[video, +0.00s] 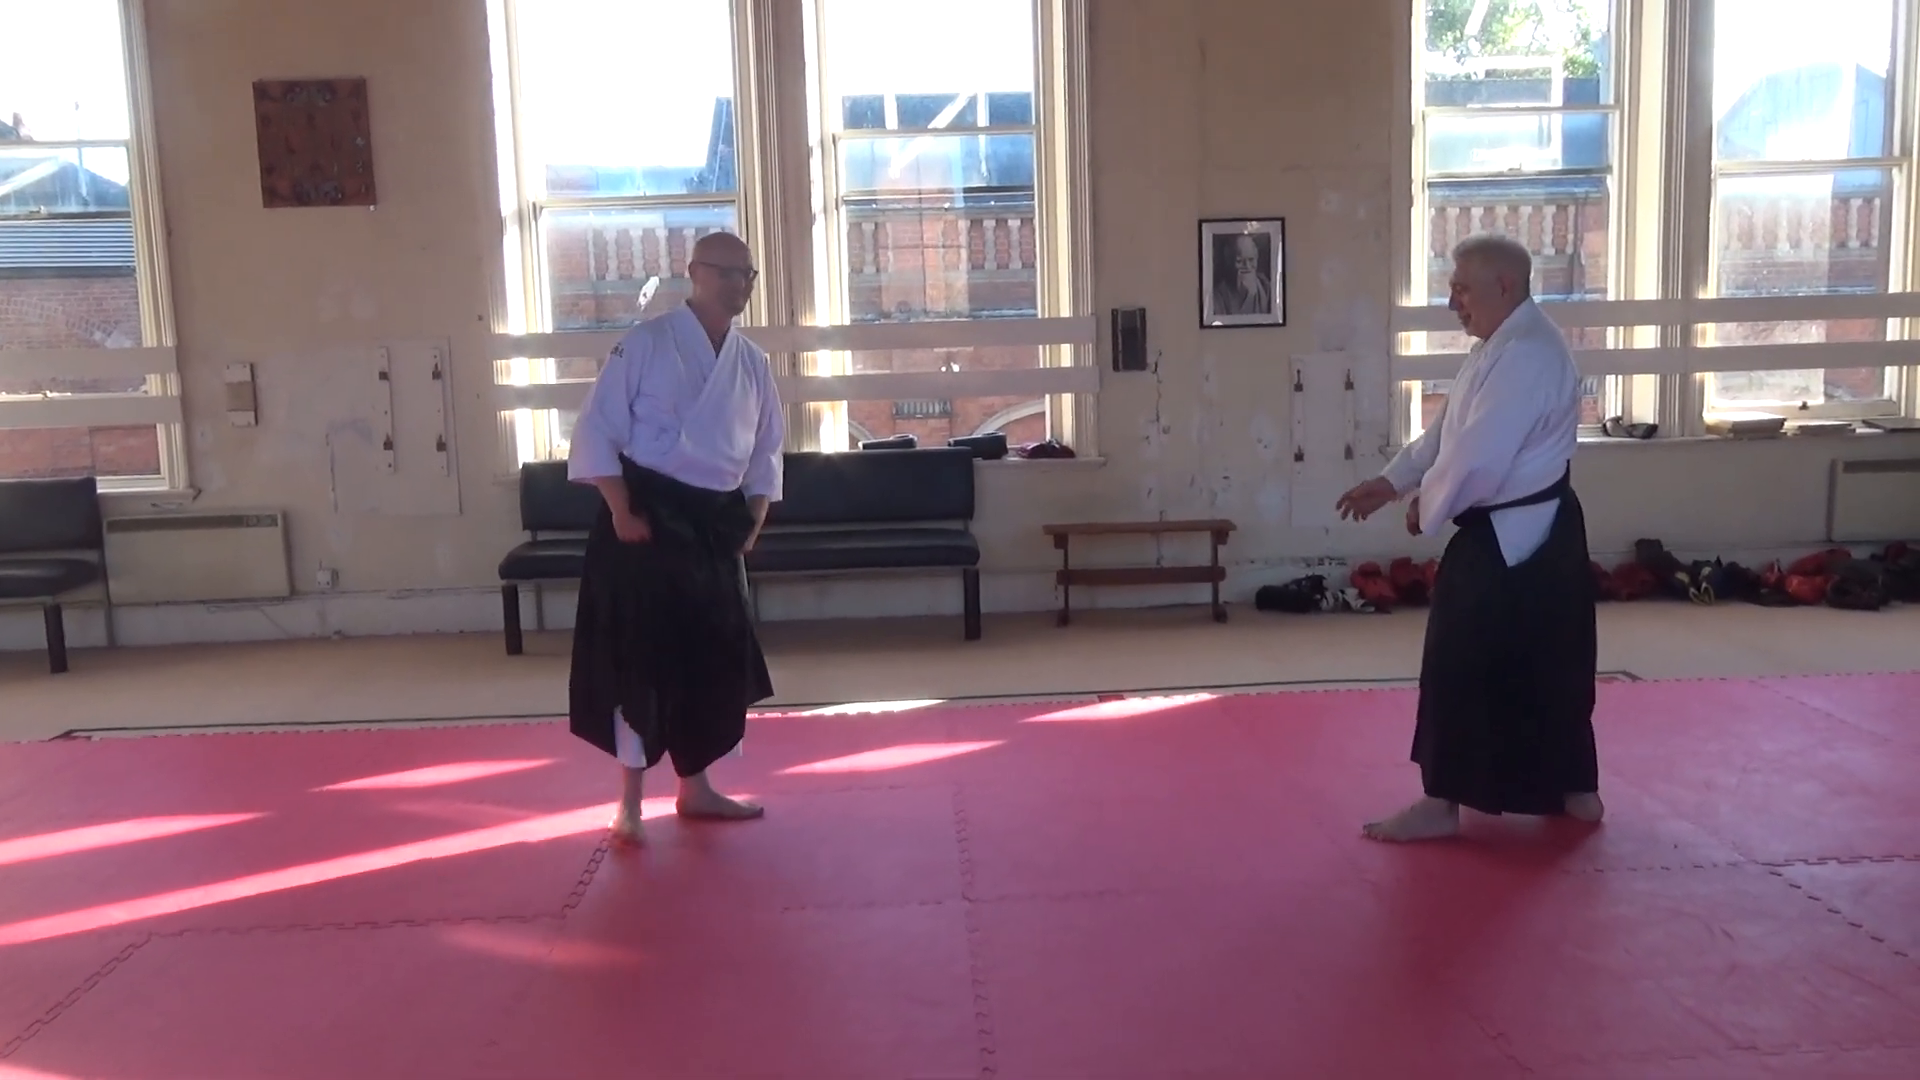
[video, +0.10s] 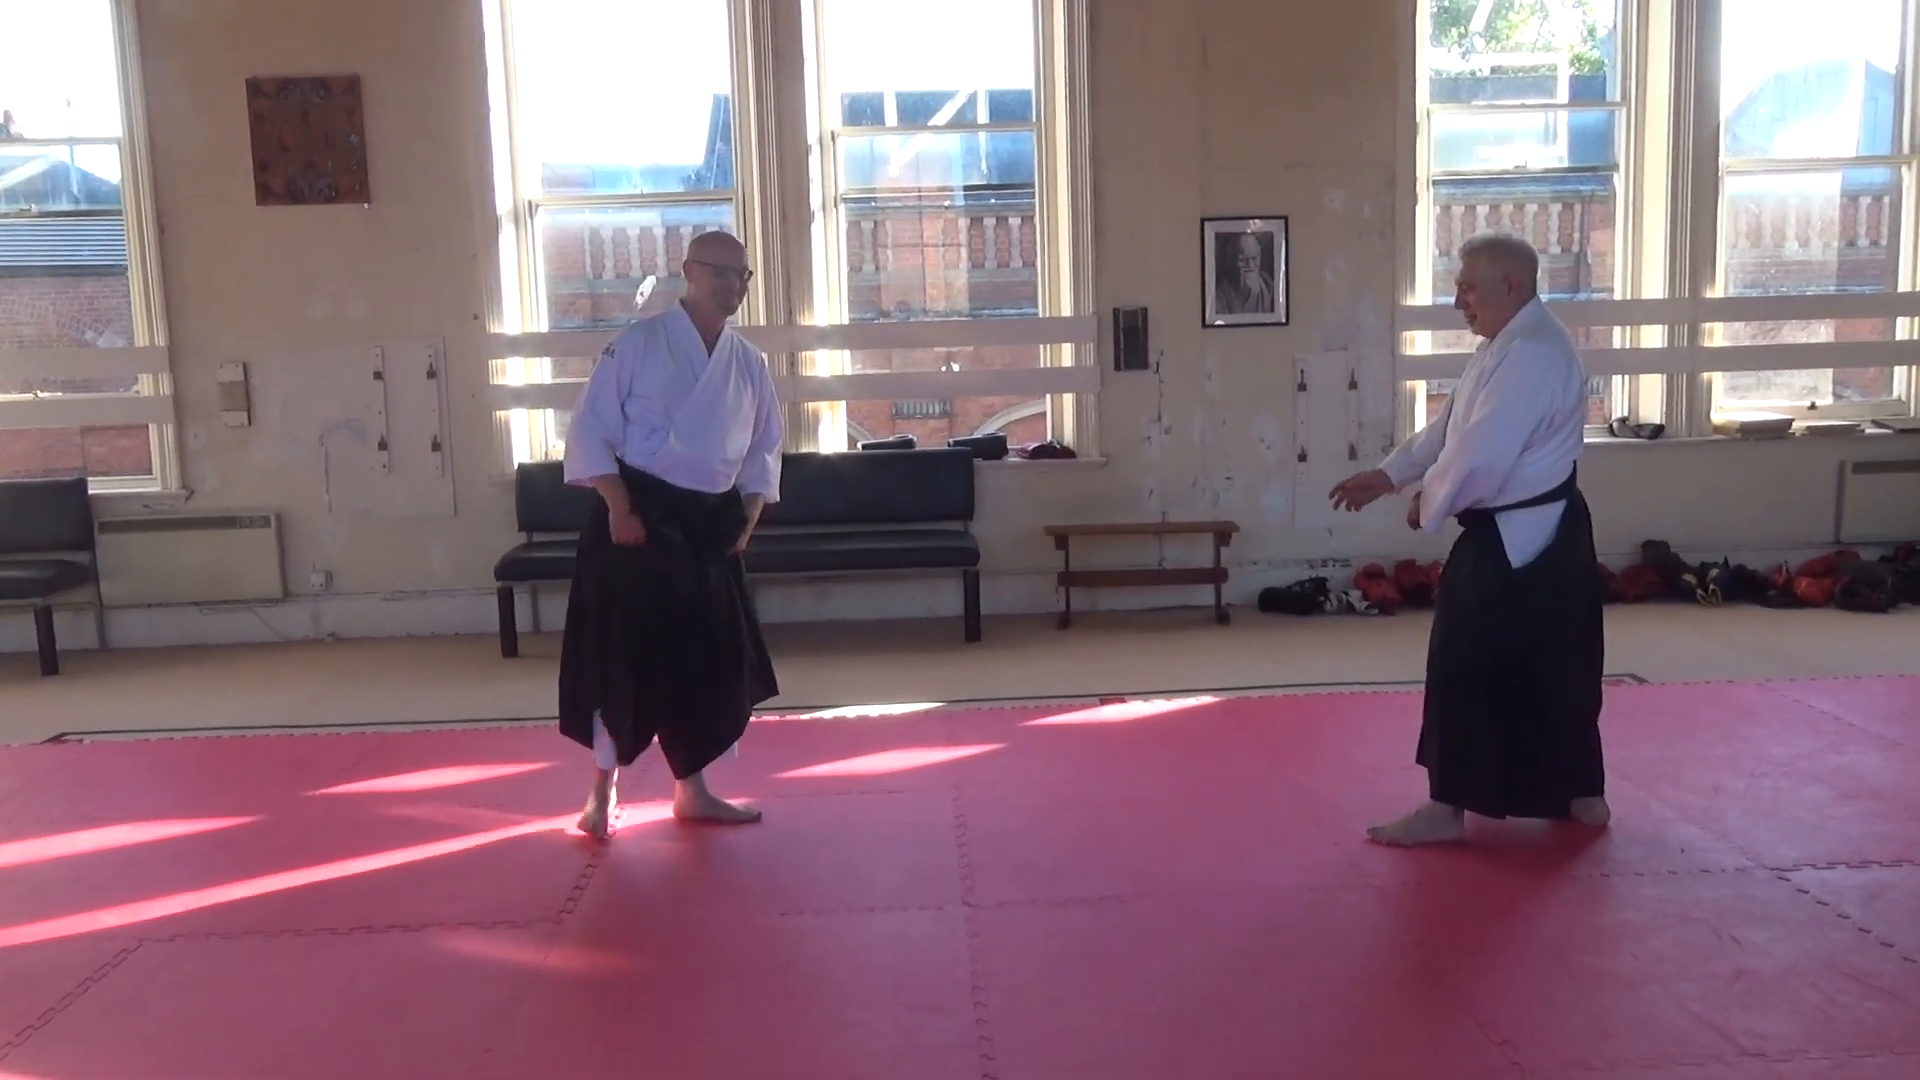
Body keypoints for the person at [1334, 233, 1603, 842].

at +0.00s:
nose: (1452, 298)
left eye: (1462, 287)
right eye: (1453, 287)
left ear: (1504, 286)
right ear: (1502, 287)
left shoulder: (1524, 354)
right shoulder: (1499, 347)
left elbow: (1476, 458)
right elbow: (1446, 431)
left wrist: (1427, 508)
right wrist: (1389, 480)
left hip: (1506, 532)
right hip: (1535, 524)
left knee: (1453, 665)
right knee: (1552, 660)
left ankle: (1439, 803)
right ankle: (1577, 791)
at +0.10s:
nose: (1458, 298)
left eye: (1468, 287)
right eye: (1459, 287)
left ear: (1512, 285)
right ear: (1509, 287)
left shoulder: (1529, 353)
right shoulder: (1509, 344)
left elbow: (1480, 456)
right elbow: (1452, 426)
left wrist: (1430, 499)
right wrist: (1387, 473)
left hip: (1512, 532)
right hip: (1545, 524)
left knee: (1457, 665)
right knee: (1561, 663)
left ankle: (1444, 807)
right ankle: (1584, 795)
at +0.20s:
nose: (1489, 284)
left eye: (1500, 272)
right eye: (1490, 272)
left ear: (1545, 271)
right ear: (1542, 273)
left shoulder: (1564, 344)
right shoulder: (1540, 334)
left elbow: (1507, 452)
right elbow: (1480, 416)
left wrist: (1452, 495)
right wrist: (1408, 465)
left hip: (1548, 533)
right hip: (1576, 525)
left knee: (1490, 674)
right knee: (1597, 674)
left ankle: (1476, 826)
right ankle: (1625, 814)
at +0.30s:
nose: (1542, 263)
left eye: (1553, 248)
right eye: (1541, 248)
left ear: (1602, 247)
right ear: (1602, 249)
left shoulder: (1623, 323)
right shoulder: (1599, 312)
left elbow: (1554, 440)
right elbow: (1527, 396)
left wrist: (1492, 485)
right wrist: (1447, 452)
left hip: (1603, 530)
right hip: (1636, 521)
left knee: (1542, 681)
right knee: (1657, 682)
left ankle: (1525, 850)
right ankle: (1686, 836)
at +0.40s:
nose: (1601, 236)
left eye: (1613, 220)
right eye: (1600, 220)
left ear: (1665, 219)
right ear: (1665, 221)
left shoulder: (1689, 304)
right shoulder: (1663, 291)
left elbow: (1608, 429)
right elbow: (1581, 379)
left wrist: (1542, 473)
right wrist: (1490, 437)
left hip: (1665, 530)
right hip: (1700, 521)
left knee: (1599, 697)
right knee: (1724, 698)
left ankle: (1581, 877)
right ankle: (1755, 862)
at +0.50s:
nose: (1647, 215)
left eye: (1660, 199)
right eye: (1646, 199)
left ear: (1715, 197)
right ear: (1711, 199)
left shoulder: (1736, 287)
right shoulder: (1711, 273)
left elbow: (1648, 421)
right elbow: (1623, 366)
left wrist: (1582, 464)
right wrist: (1528, 427)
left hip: (1709, 526)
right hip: (1747, 516)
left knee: (1638, 703)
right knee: (1770, 704)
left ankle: (1615, 894)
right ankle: (1801, 879)